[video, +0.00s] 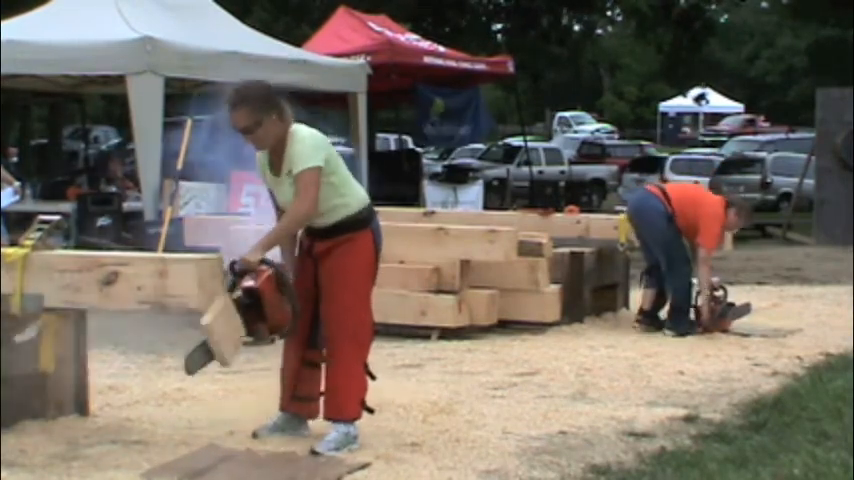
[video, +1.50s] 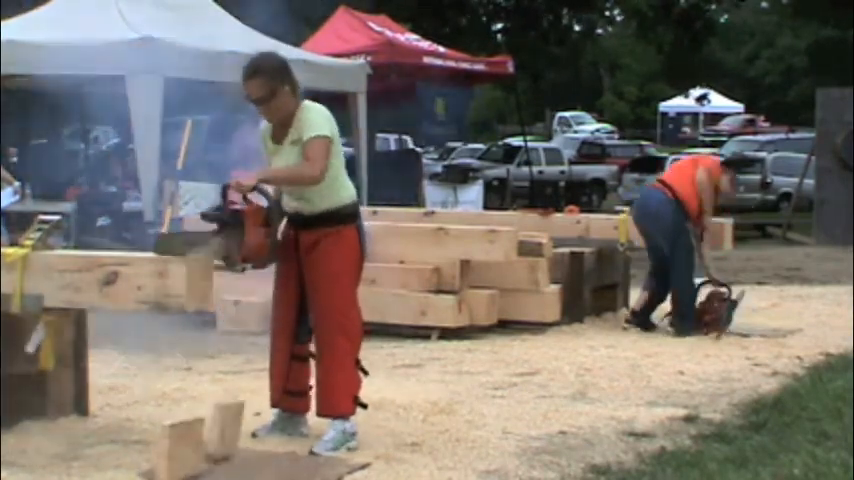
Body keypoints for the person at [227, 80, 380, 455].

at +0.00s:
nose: (249, 139)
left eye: (252, 129)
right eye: (243, 133)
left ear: (277, 116)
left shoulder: (307, 142)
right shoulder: (265, 159)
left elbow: (306, 206)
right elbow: (287, 217)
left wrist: (259, 250)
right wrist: (289, 270)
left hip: (350, 237)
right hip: (311, 242)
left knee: (344, 327)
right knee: (301, 325)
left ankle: (345, 423)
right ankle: (295, 414)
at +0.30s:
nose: (240, 147)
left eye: (242, 137)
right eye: (234, 141)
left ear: (265, 123)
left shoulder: (297, 147)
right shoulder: (263, 164)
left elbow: (300, 212)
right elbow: (281, 219)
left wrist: (250, 248)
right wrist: (275, 268)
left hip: (346, 236)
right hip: (311, 240)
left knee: (336, 324)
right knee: (297, 321)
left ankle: (343, 424)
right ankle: (293, 415)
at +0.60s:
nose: (238, 140)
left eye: (239, 130)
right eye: (231, 134)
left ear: (261, 114)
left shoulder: (295, 139)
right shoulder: (259, 156)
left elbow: (302, 203)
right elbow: (279, 213)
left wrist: (248, 234)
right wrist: (279, 261)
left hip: (337, 237)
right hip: (300, 242)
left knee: (333, 326)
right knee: (293, 325)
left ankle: (342, 424)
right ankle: (291, 416)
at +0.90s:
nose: (244, 133)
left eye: (246, 123)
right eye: (237, 127)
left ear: (269, 109)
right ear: (236, 122)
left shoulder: (297, 133)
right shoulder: (260, 157)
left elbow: (313, 189)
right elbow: (287, 208)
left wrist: (262, 215)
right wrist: (282, 252)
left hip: (337, 238)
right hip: (299, 242)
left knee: (334, 326)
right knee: (292, 326)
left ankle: (343, 423)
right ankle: (293, 414)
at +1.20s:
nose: (252, 121)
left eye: (255, 110)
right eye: (246, 114)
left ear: (276, 98)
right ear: (246, 110)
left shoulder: (305, 122)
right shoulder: (266, 141)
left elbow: (318, 176)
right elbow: (283, 198)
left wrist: (266, 189)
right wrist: (270, 239)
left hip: (334, 235)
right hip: (296, 236)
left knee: (334, 324)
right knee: (289, 323)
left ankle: (343, 422)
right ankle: (291, 414)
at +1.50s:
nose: (260, 110)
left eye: (264, 100)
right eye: (254, 103)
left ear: (288, 90)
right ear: (255, 98)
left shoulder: (314, 117)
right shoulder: (269, 131)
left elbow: (314, 171)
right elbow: (281, 190)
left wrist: (261, 178)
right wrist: (266, 233)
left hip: (334, 233)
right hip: (296, 233)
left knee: (335, 323)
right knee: (288, 322)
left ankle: (342, 421)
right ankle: (290, 413)